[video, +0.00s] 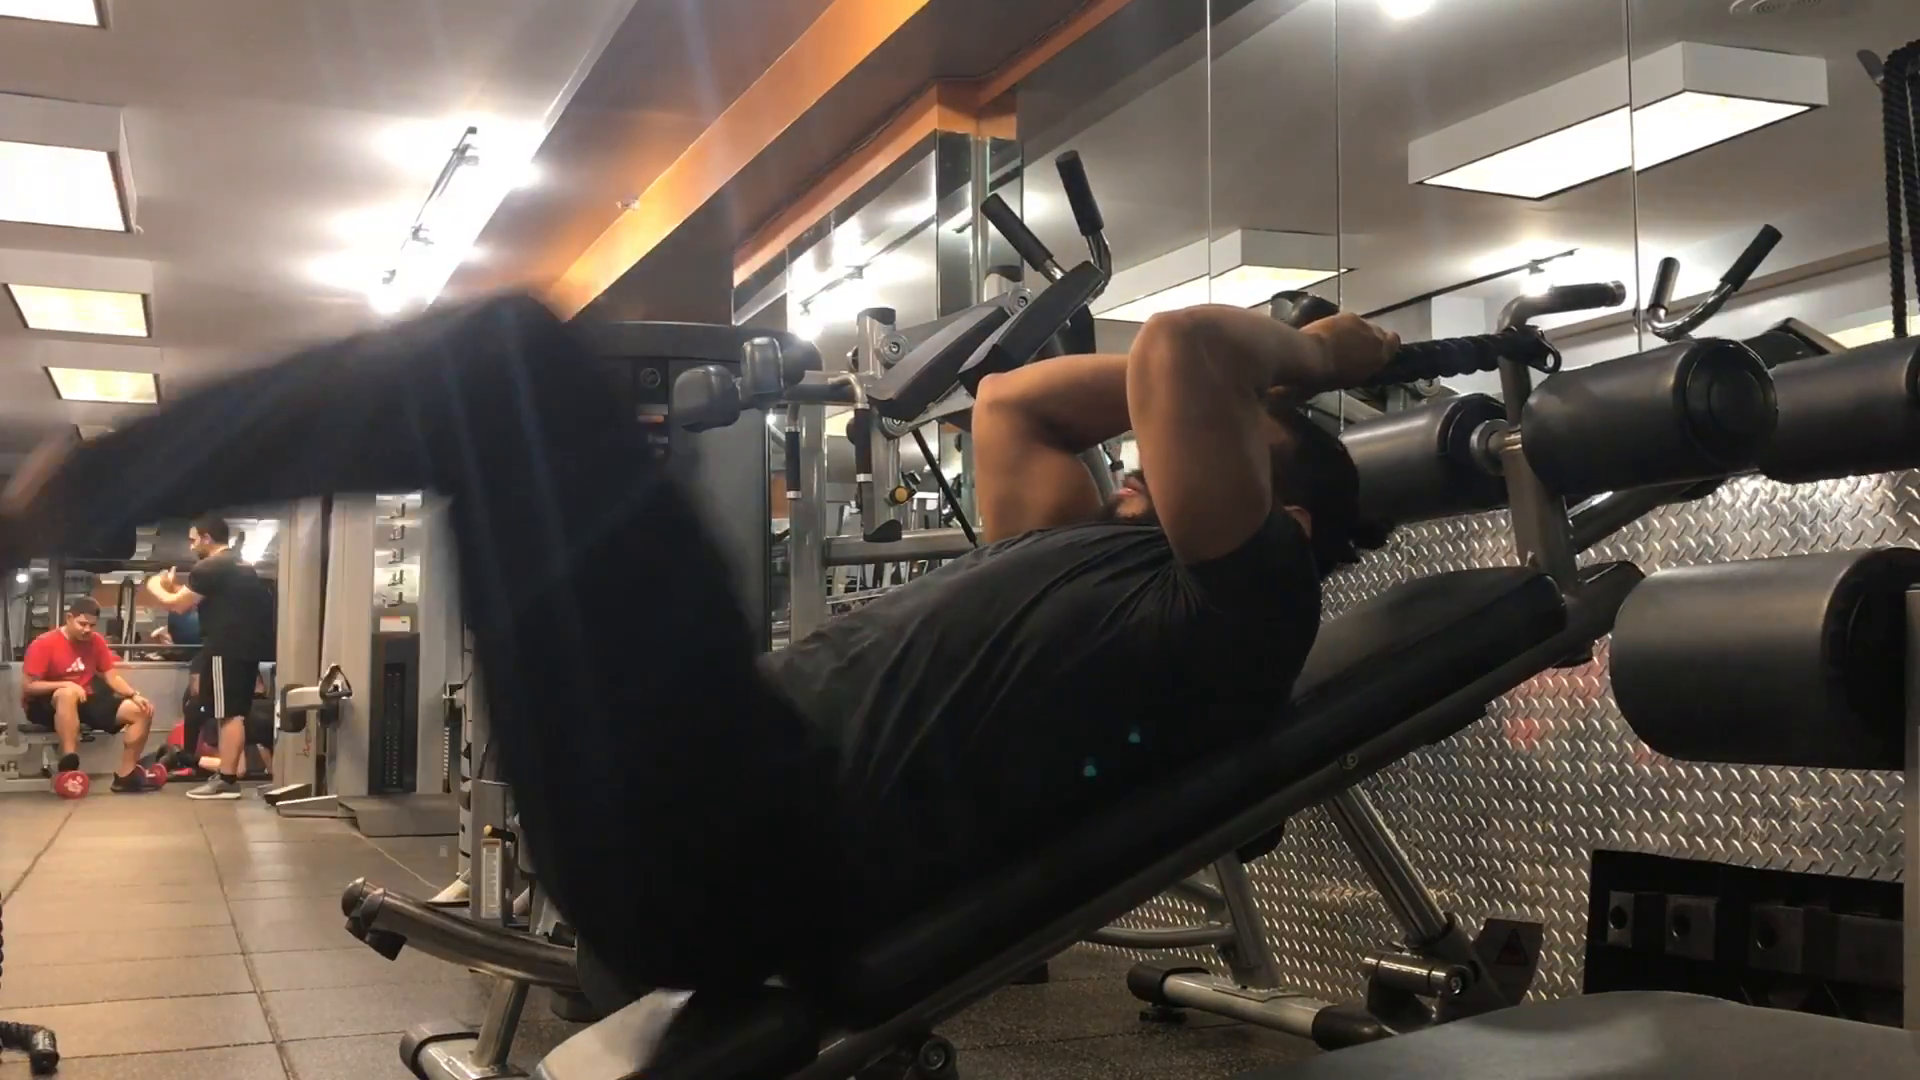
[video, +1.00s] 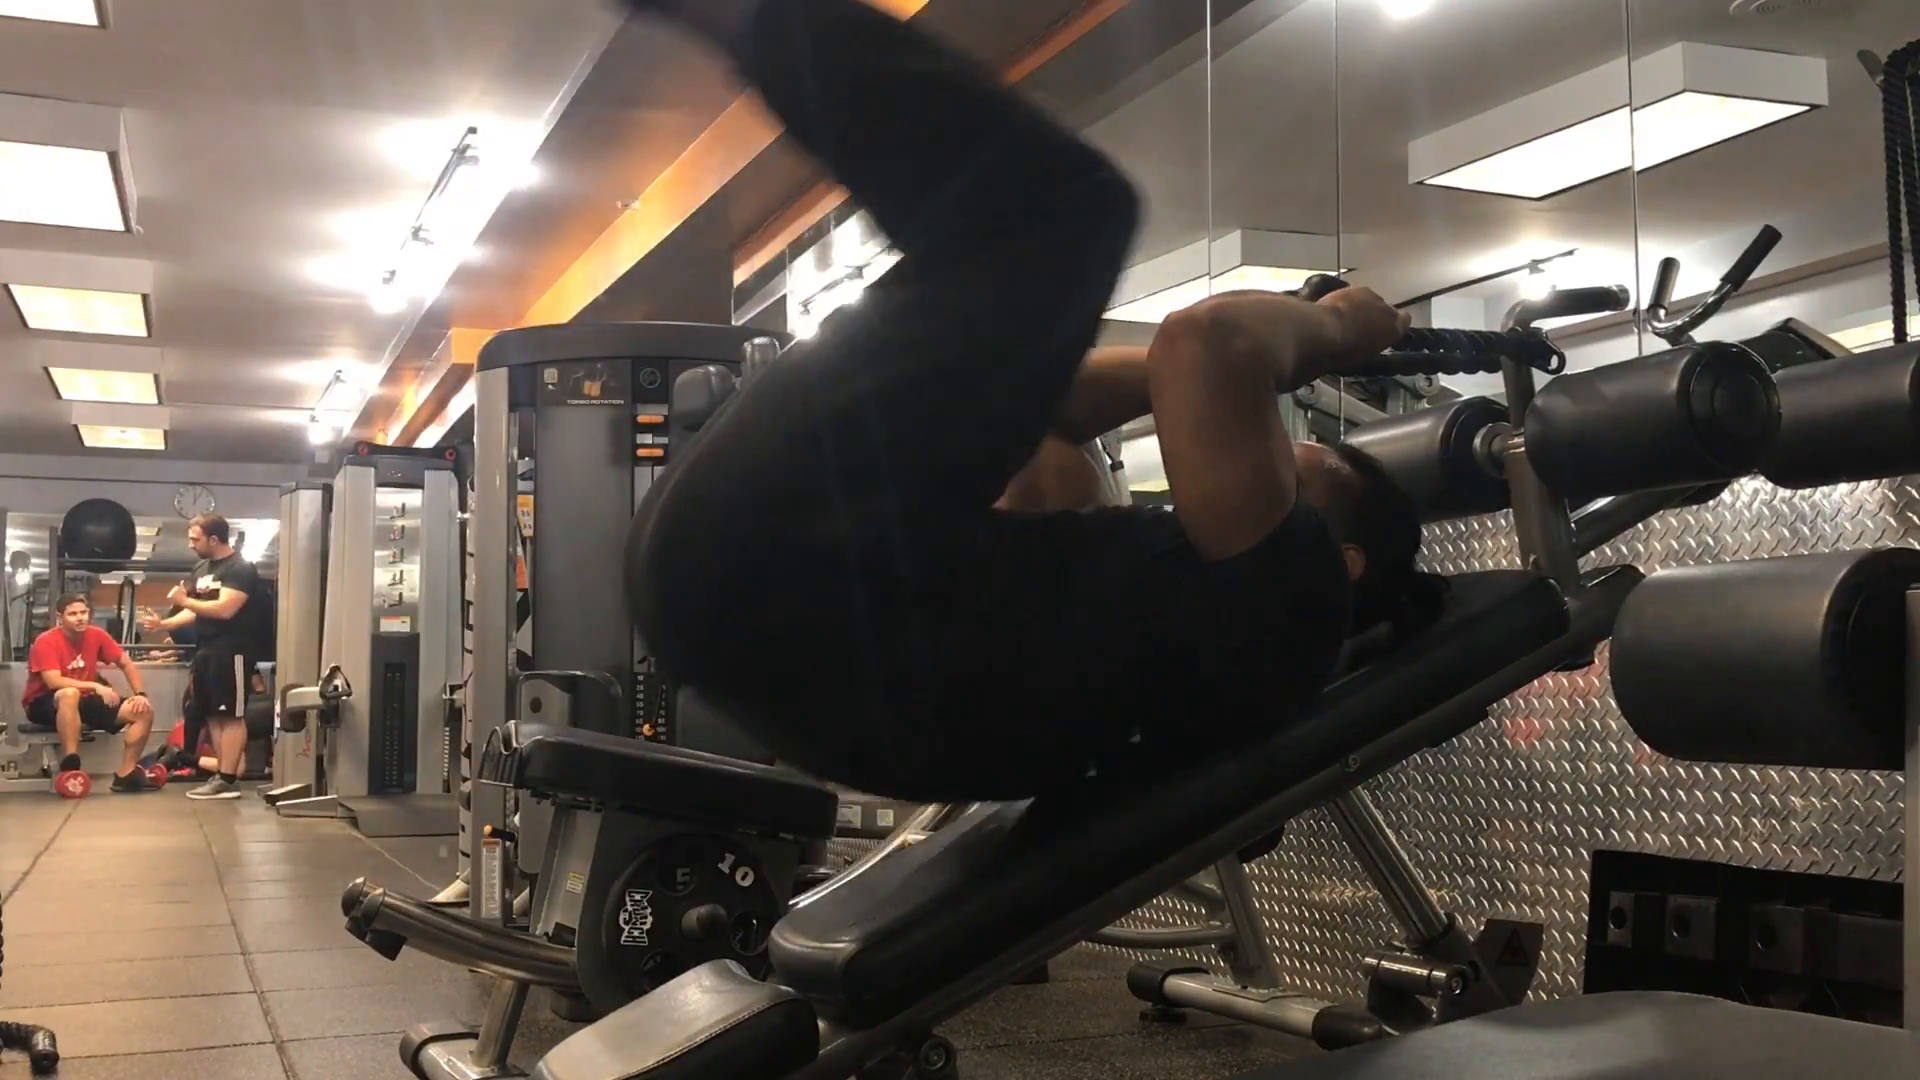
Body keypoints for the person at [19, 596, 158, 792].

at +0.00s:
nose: (87, 630)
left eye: (92, 625)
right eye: (82, 624)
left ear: (96, 624)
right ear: (69, 618)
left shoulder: (96, 641)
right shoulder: (44, 644)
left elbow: (111, 675)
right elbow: (29, 686)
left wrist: (134, 695)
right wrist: (66, 684)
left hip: (83, 703)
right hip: (44, 706)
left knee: (141, 712)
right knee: (68, 692)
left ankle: (126, 776)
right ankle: (69, 764)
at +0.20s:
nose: (87, 628)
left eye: (91, 623)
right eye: (82, 622)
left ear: (95, 622)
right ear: (67, 618)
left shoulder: (95, 641)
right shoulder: (44, 644)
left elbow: (111, 676)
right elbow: (28, 688)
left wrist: (134, 695)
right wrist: (65, 685)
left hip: (83, 703)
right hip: (44, 706)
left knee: (141, 713)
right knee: (68, 692)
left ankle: (125, 776)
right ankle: (71, 762)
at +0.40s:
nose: (85, 625)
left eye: (89, 620)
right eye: (79, 619)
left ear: (93, 620)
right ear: (66, 618)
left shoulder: (95, 641)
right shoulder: (44, 644)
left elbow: (111, 675)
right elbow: (29, 687)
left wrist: (135, 695)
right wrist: (67, 685)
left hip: (83, 702)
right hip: (44, 706)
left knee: (142, 712)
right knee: (70, 693)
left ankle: (126, 775)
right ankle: (71, 765)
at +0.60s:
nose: (84, 622)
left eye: (88, 617)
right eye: (78, 617)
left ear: (93, 618)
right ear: (65, 617)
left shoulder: (96, 640)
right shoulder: (44, 642)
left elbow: (113, 672)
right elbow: (32, 684)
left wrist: (135, 694)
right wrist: (70, 678)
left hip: (85, 702)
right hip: (44, 705)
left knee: (142, 712)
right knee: (71, 693)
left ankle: (126, 775)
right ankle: (72, 764)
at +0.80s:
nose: (81, 619)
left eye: (85, 614)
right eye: (75, 614)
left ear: (90, 615)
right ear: (61, 616)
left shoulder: (96, 637)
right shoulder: (45, 641)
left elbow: (119, 665)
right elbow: (47, 680)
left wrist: (135, 693)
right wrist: (88, 671)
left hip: (86, 702)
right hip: (44, 704)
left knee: (142, 712)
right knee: (71, 693)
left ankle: (125, 775)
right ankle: (72, 765)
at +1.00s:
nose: (80, 618)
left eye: (84, 612)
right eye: (73, 614)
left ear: (89, 614)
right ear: (60, 617)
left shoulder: (96, 635)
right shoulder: (46, 641)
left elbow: (126, 663)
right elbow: (53, 681)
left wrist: (139, 693)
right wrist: (97, 687)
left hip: (84, 702)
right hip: (44, 704)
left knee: (143, 711)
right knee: (70, 694)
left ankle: (125, 775)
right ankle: (71, 765)